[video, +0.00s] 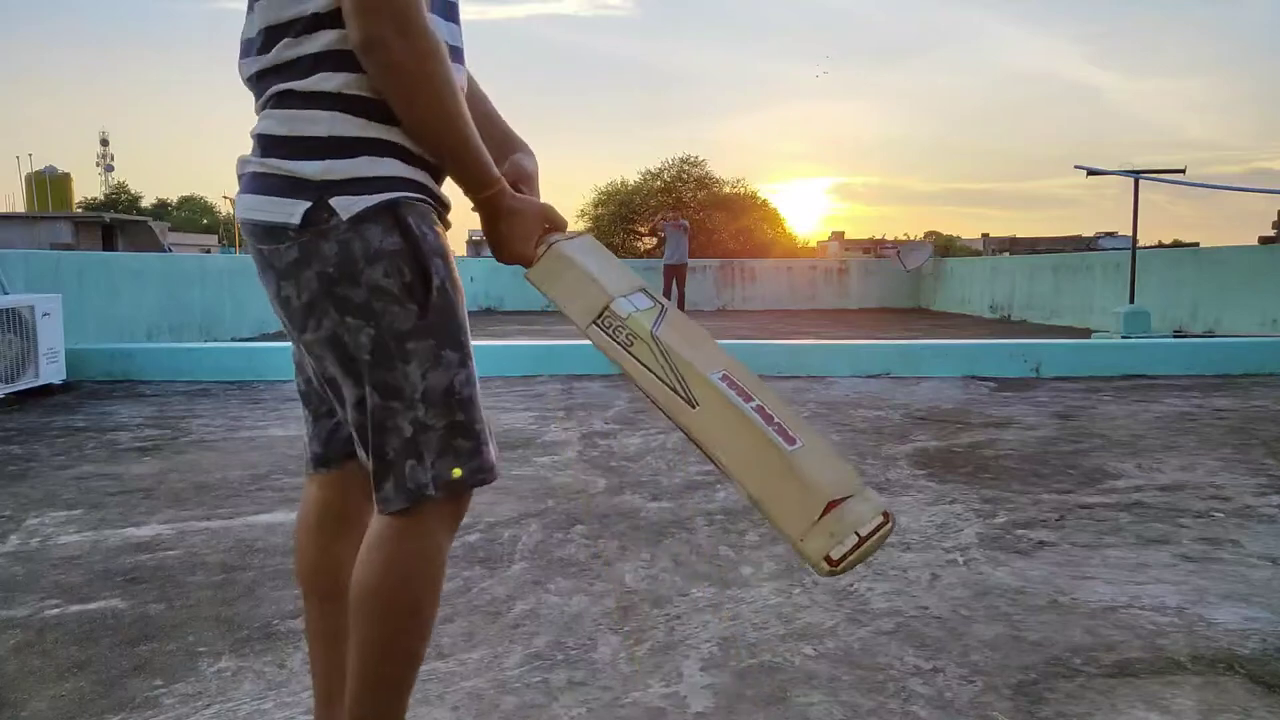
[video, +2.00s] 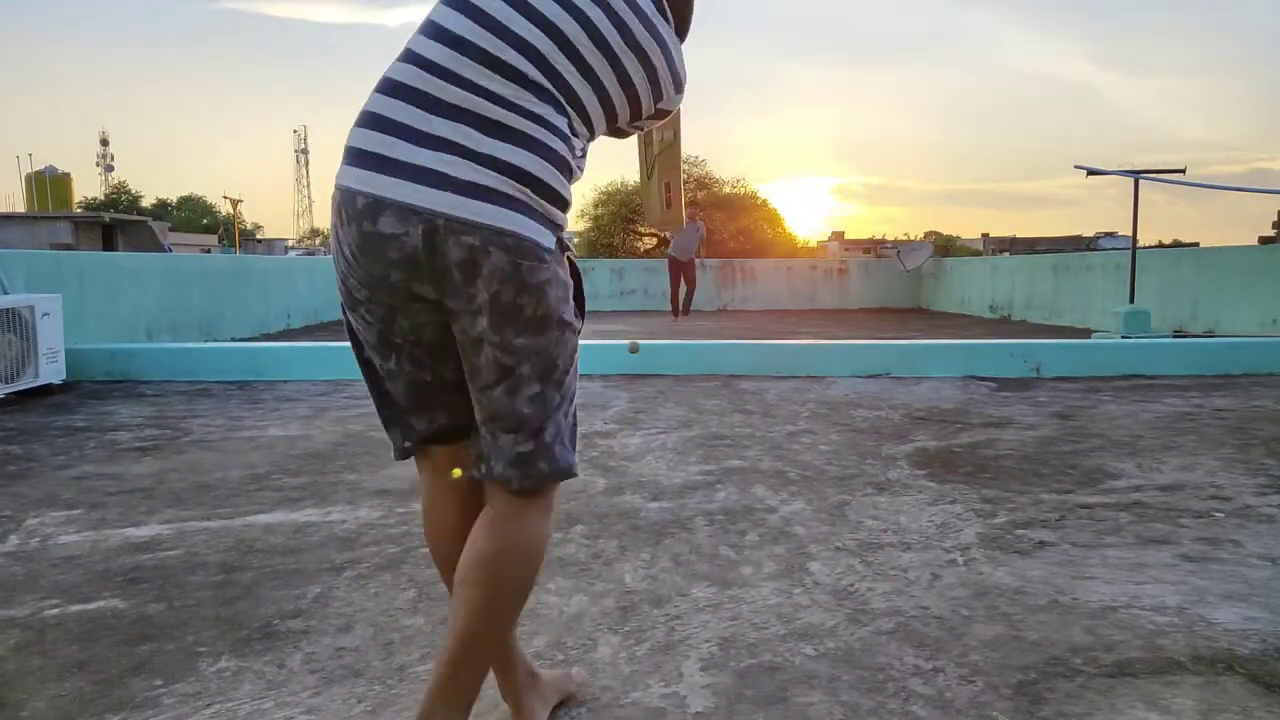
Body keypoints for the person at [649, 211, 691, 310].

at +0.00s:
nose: (674, 215)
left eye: (676, 212)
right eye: (672, 212)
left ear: (680, 213)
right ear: (669, 214)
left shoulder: (684, 224)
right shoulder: (667, 225)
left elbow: (685, 227)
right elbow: (652, 228)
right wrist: (658, 219)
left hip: (681, 260)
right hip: (668, 260)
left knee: (681, 290)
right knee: (666, 289)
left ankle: (681, 312)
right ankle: (664, 312)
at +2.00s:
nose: (692, 211)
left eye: (695, 208)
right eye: (690, 208)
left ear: (698, 211)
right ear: (686, 210)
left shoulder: (700, 225)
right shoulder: (680, 222)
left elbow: (702, 241)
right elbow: (670, 233)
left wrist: (702, 256)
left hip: (689, 258)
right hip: (675, 257)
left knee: (691, 285)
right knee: (675, 287)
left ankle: (685, 312)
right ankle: (675, 314)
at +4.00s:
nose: (691, 210)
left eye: (693, 207)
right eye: (689, 207)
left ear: (698, 209)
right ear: (686, 209)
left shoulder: (704, 222)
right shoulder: (683, 223)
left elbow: (713, 239)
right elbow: (675, 238)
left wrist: (719, 255)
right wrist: (666, 250)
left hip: (702, 262)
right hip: (688, 261)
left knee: (705, 291)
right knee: (686, 291)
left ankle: (709, 315)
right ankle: (682, 316)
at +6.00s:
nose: (681, 213)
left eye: (683, 211)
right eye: (679, 210)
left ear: (686, 212)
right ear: (675, 212)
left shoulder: (689, 224)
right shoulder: (670, 223)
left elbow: (701, 227)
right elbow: (653, 221)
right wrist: (668, 215)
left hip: (683, 258)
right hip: (670, 257)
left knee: (679, 287)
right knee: (669, 287)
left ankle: (678, 313)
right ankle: (669, 313)